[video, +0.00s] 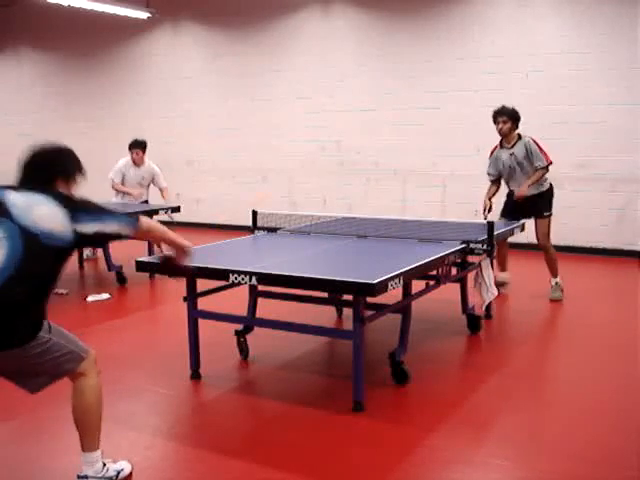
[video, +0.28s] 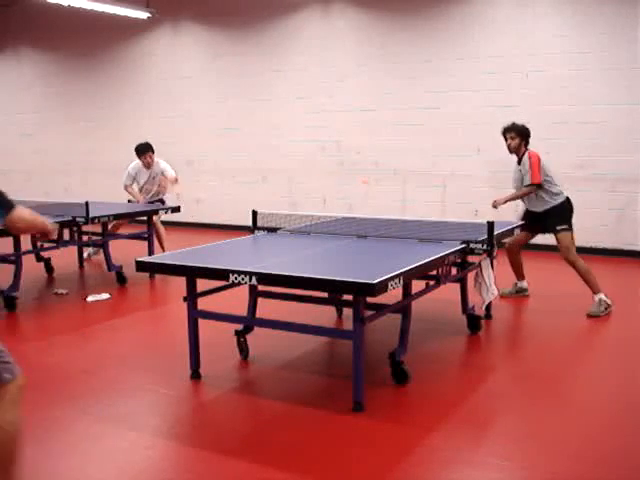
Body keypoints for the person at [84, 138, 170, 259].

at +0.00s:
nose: (134, 156)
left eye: (137, 153)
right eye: (132, 153)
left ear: (143, 153)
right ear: (129, 153)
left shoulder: (151, 168)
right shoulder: (123, 165)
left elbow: (162, 187)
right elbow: (114, 184)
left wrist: (167, 200)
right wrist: (131, 192)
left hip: (142, 204)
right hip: (122, 203)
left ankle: (160, 251)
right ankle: (94, 248)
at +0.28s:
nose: (148, 160)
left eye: (150, 156)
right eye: (144, 158)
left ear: (153, 155)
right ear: (139, 159)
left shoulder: (160, 165)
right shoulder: (135, 167)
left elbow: (174, 178)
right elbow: (127, 185)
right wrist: (138, 198)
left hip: (157, 200)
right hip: (141, 201)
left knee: (155, 220)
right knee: (117, 223)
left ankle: (165, 252)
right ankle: (97, 247)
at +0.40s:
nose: (146, 153)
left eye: (148, 150)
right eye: (143, 151)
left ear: (153, 146)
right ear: (141, 150)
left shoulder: (163, 154)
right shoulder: (141, 160)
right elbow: (131, 177)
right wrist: (128, 175)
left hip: (165, 195)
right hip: (147, 194)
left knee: (156, 219)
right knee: (126, 218)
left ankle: (165, 250)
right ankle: (121, 242)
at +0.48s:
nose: (143, 149)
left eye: (146, 145)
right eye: (141, 146)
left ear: (153, 144)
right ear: (140, 146)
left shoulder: (164, 151)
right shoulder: (141, 154)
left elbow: (163, 162)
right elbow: (135, 163)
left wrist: (138, 158)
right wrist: (126, 166)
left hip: (168, 191)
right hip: (152, 190)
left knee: (164, 219)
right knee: (133, 217)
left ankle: (168, 250)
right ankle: (133, 244)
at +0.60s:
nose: (144, 148)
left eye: (147, 145)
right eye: (143, 145)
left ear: (155, 144)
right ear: (141, 145)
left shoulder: (168, 155)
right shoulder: (143, 156)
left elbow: (168, 175)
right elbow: (134, 166)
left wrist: (141, 173)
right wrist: (128, 174)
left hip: (176, 189)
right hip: (159, 190)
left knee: (179, 215)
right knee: (147, 217)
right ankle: (145, 245)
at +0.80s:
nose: (155, 151)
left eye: (158, 148)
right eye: (154, 148)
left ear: (166, 147)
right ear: (155, 148)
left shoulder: (179, 160)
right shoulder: (159, 161)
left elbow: (181, 184)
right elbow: (156, 176)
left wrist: (160, 189)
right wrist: (149, 189)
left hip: (186, 195)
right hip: (168, 194)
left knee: (195, 220)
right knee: (151, 215)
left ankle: (217, 245)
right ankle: (146, 244)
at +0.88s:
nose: (166, 152)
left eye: (168, 149)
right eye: (164, 149)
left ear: (177, 149)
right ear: (163, 149)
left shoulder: (190, 162)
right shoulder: (163, 160)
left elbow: (194, 184)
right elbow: (161, 173)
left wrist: (178, 195)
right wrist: (165, 186)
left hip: (190, 189)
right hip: (173, 189)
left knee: (201, 214)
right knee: (157, 217)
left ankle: (220, 241)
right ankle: (153, 242)